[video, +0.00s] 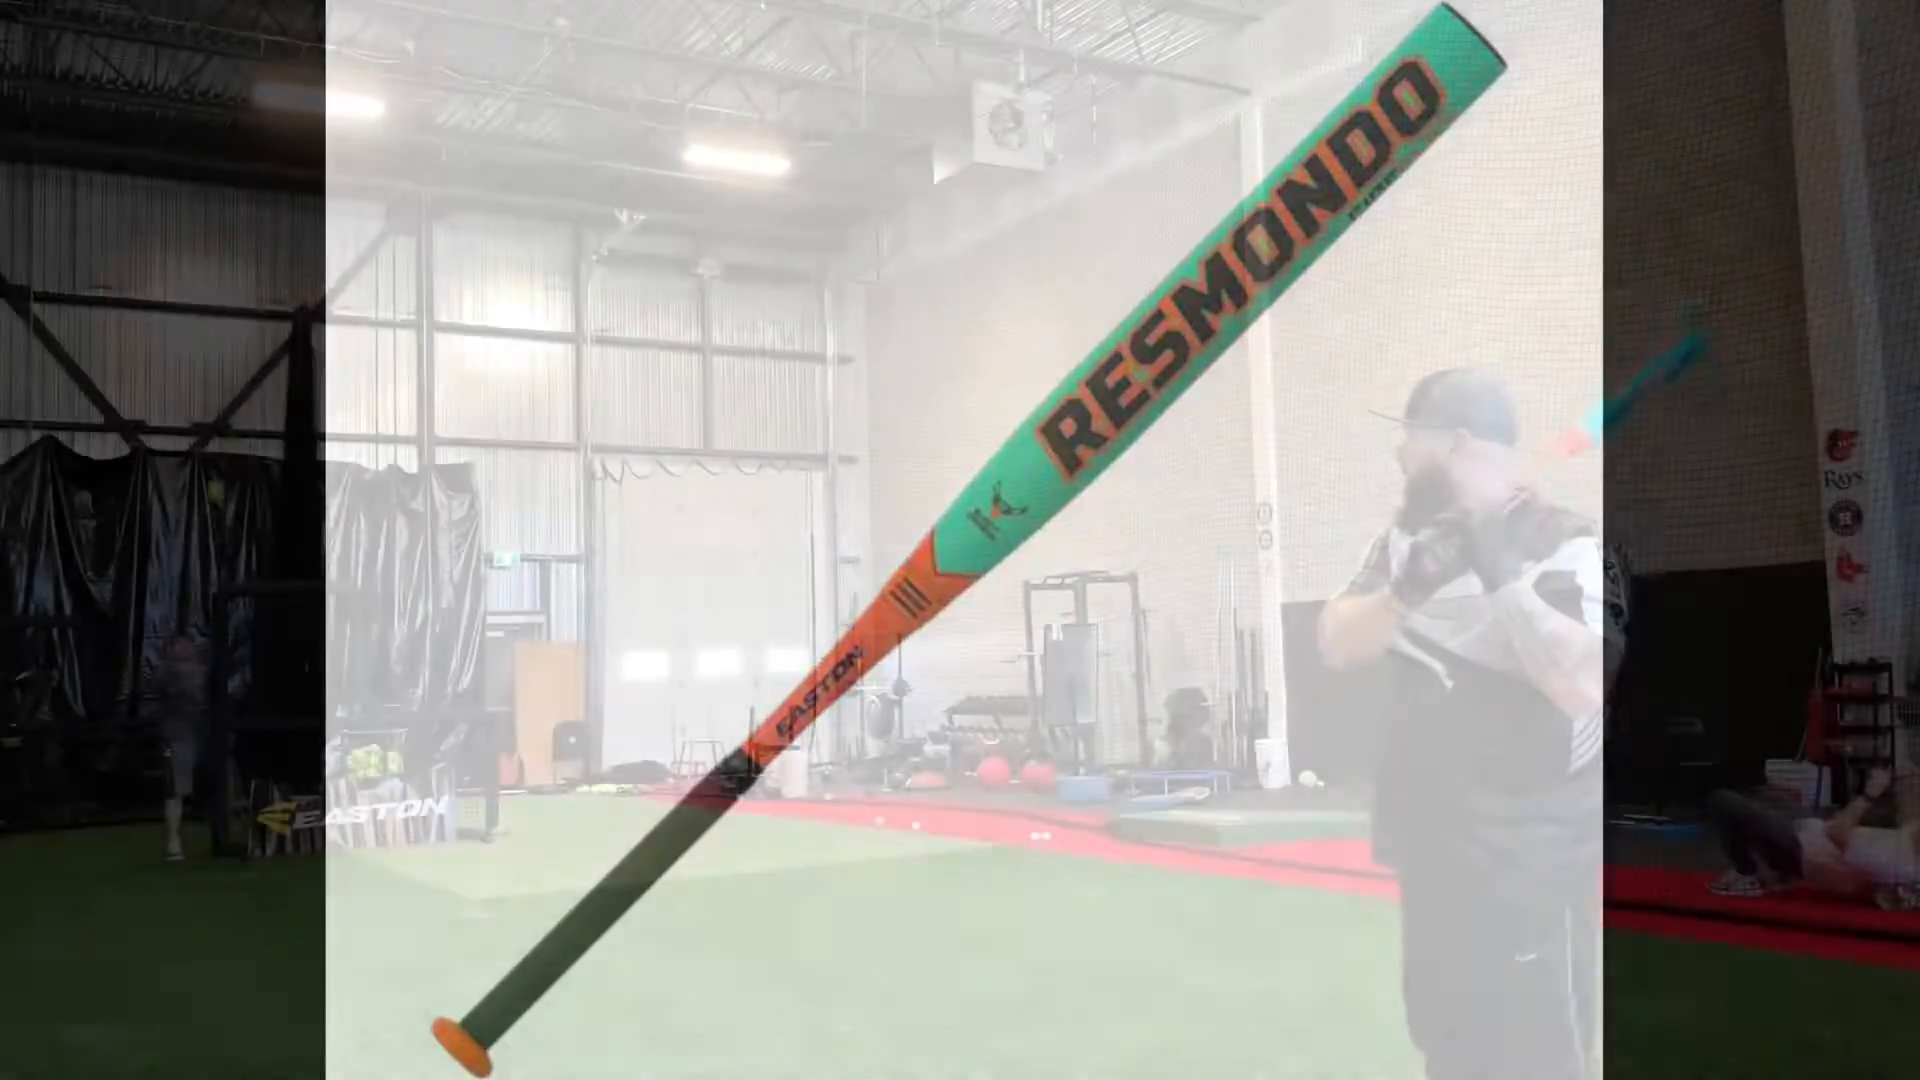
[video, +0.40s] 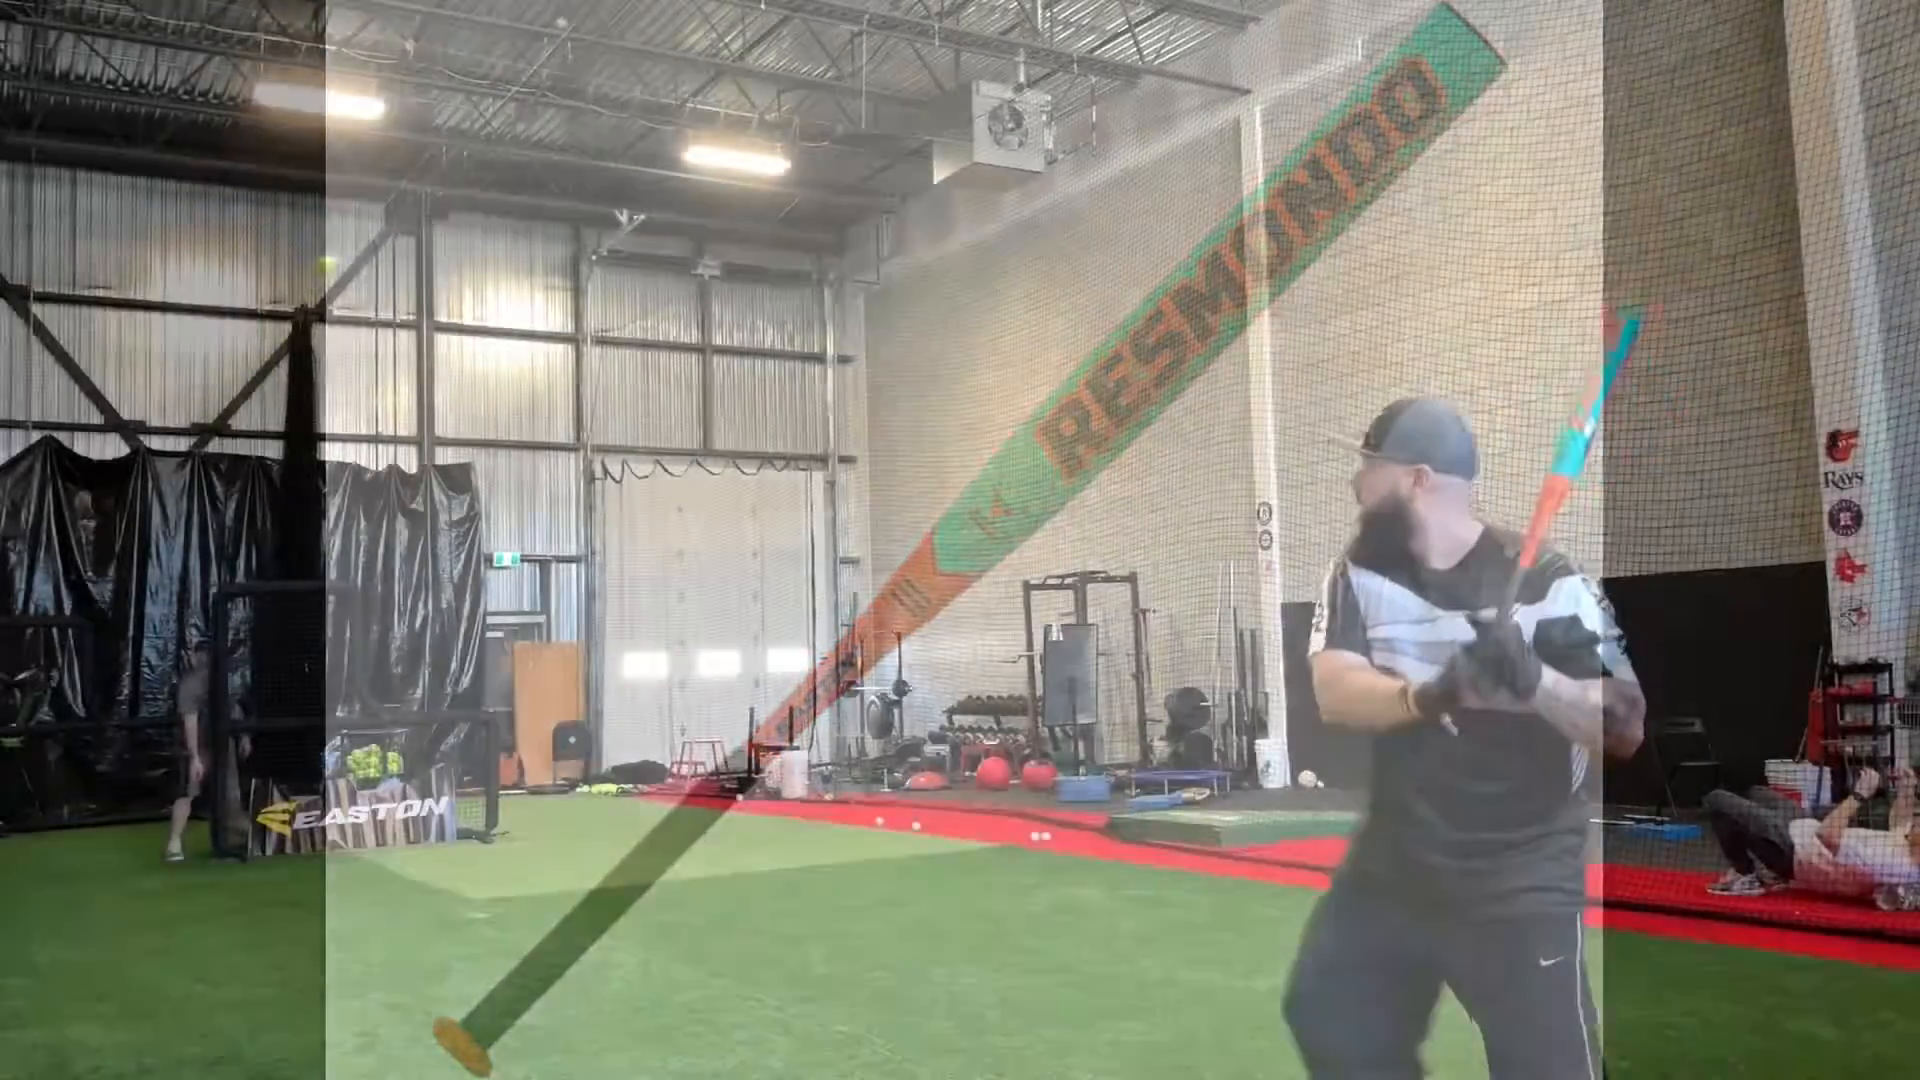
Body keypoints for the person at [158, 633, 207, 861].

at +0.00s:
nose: (184, 664)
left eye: (188, 657)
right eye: (178, 658)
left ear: (196, 658)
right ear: (168, 658)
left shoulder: (203, 675)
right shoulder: (165, 676)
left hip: (207, 732)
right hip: (179, 733)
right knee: (177, 789)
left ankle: (225, 839)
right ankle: (174, 841)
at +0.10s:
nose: (184, 657)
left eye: (188, 653)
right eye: (180, 652)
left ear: (196, 653)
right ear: (174, 653)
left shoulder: (205, 673)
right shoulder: (169, 674)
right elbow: (171, 694)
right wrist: (189, 698)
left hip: (210, 730)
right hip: (182, 730)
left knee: (221, 792)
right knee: (177, 789)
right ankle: (174, 841)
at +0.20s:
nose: (191, 650)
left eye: (195, 645)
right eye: (186, 646)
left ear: (202, 650)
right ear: (179, 652)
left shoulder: (211, 674)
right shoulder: (173, 678)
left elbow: (222, 705)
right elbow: (178, 709)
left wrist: (226, 733)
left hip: (214, 735)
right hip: (187, 735)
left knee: (223, 786)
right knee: (180, 791)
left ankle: (230, 830)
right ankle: (173, 840)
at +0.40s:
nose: (204, 662)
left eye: (207, 657)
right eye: (201, 657)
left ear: (214, 658)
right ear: (193, 658)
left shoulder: (223, 680)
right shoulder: (191, 684)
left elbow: (234, 709)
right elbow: (190, 721)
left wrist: (243, 734)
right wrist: (194, 756)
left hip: (223, 742)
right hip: (198, 743)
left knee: (231, 794)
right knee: (187, 794)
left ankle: (237, 837)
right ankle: (175, 841)